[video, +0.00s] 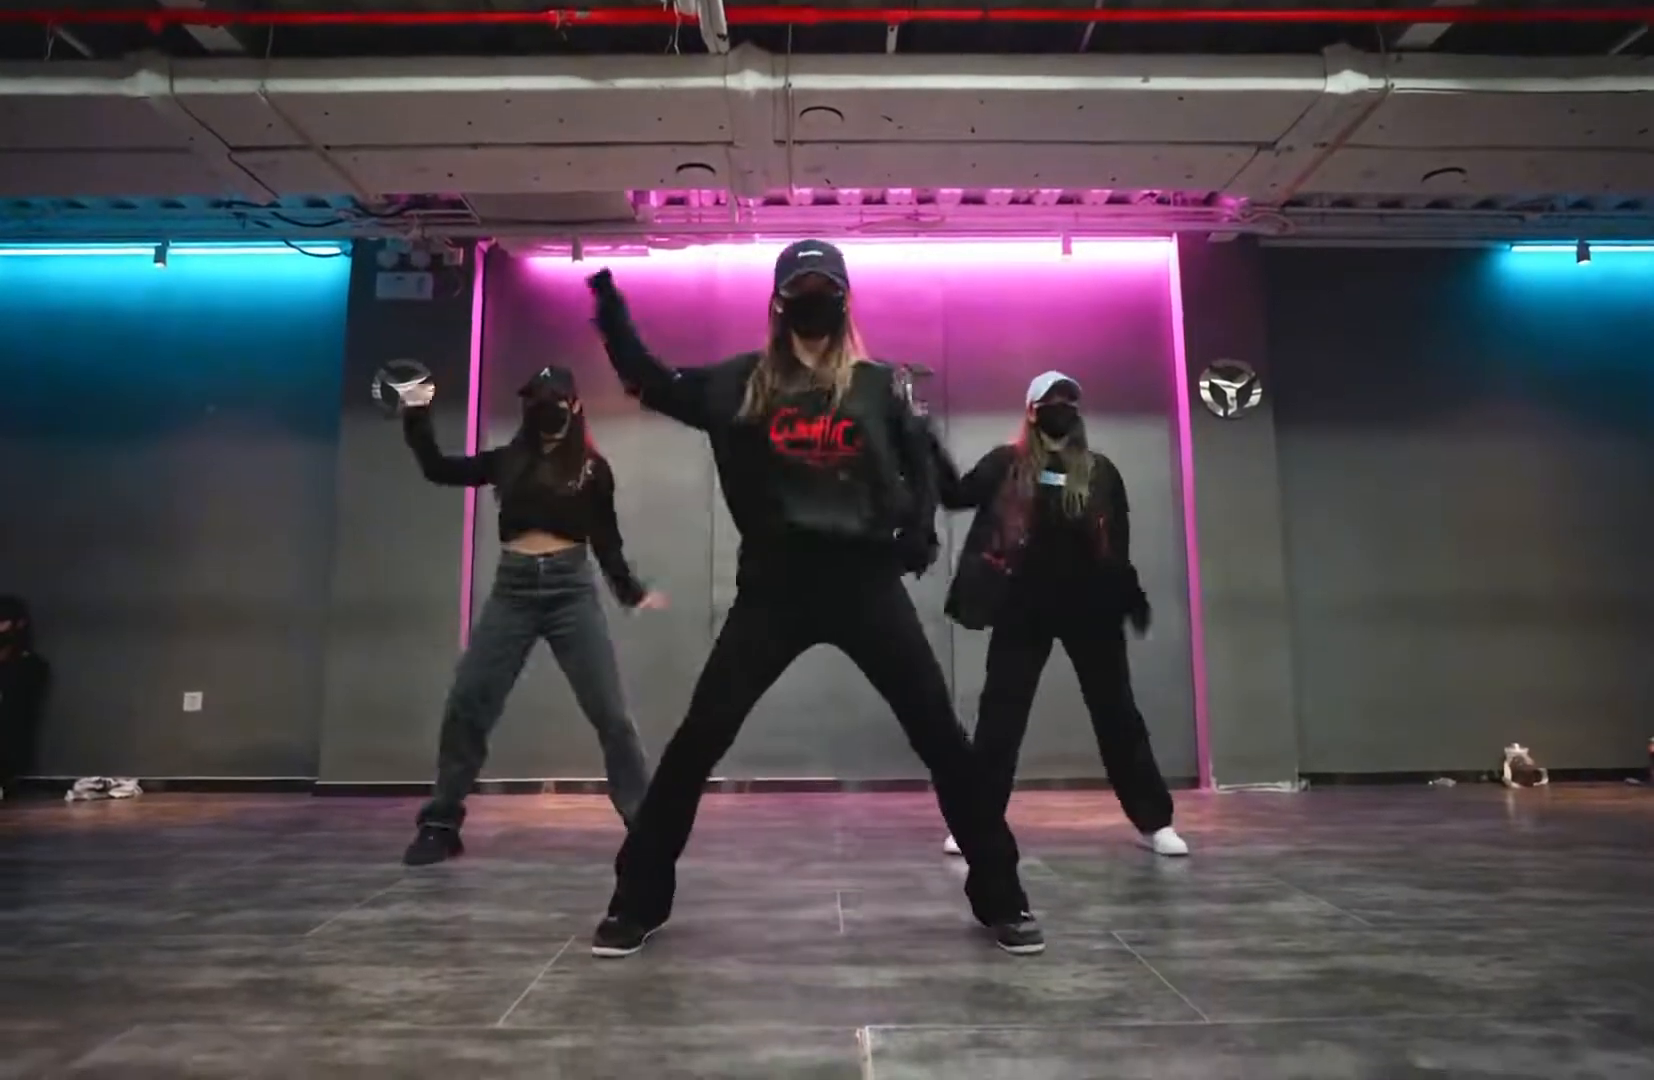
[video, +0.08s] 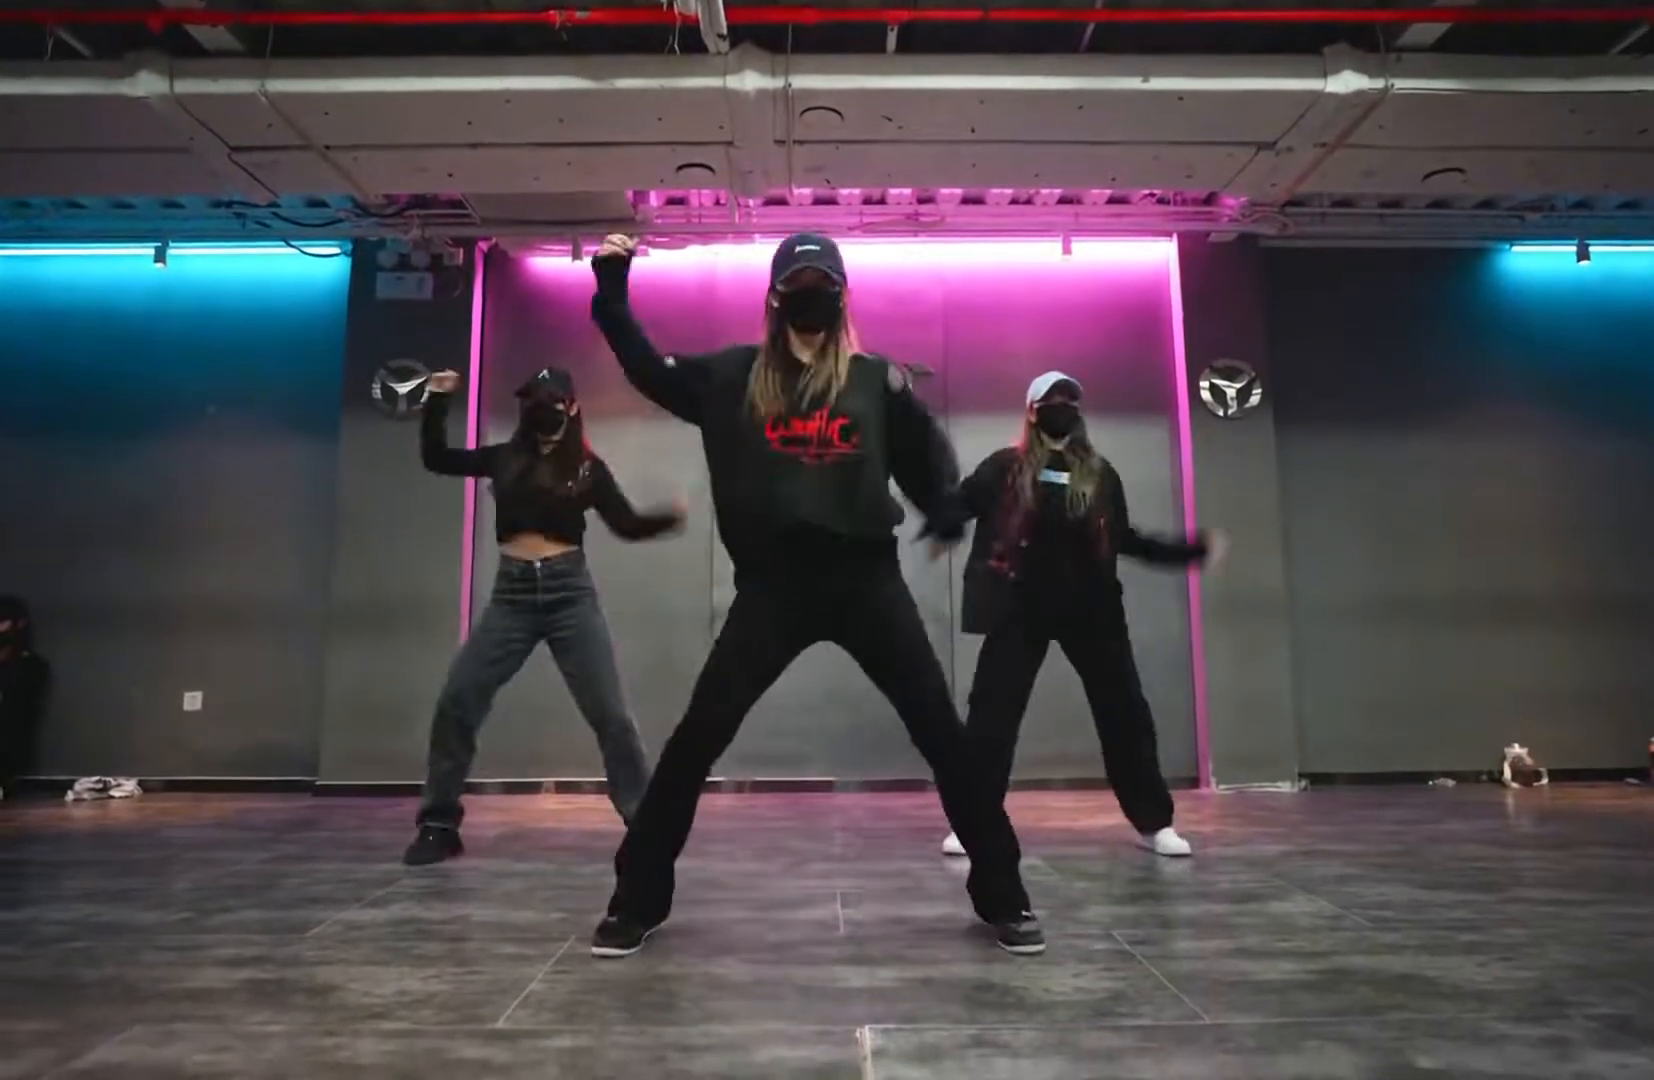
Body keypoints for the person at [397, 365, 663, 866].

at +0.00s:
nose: (546, 415)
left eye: (555, 406)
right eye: (538, 406)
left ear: (574, 408)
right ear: (526, 407)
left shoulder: (591, 468)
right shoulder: (507, 459)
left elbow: (607, 541)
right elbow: (438, 469)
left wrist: (631, 591)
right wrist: (417, 415)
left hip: (572, 593)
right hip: (512, 592)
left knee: (612, 715)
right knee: (469, 700)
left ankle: (646, 832)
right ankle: (440, 824)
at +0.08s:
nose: (544, 416)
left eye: (554, 407)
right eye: (536, 407)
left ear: (572, 410)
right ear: (524, 409)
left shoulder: (588, 468)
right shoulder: (505, 458)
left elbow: (628, 525)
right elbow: (437, 459)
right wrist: (436, 400)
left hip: (570, 597)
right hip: (512, 598)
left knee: (610, 714)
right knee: (458, 700)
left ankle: (645, 830)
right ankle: (438, 823)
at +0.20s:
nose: (539, 433)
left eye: (549, 423)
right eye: (530, 422)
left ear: (570, 422)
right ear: (520, 422)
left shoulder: (591, 470)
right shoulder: (504, 468)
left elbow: (656, 501)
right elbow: (443, 484)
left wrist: (625, 493)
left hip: (568, 604)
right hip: (513, 604)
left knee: (575, 726)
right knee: (479, 720)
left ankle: (652, 824)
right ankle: (428, 828)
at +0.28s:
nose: (535, 441)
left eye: (546, 431)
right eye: (527, 430)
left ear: (565, 434)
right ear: (517, 432)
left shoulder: (583, 485)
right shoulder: (500, 486)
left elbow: (644, 536)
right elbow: (437, 541)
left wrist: (639, 602)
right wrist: (421, 601)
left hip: (571, 619)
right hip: (512, 619)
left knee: (573, 745)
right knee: (485, 732)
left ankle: (644, 829)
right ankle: (439, 827)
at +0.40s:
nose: (533, 442)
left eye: (543, 432)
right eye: (524, 432)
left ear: (561, 436)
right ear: (512, 435)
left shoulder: (577, 493)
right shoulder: (494, 494)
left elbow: (613, 559)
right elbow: (467, 567)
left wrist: (612, 623)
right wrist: (490, 616)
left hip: (573, 615)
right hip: (515, 615)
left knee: (585, 716)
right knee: (466, 729)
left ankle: (629, 834)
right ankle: (435, 832)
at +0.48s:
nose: (533, 433)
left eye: (545, 424)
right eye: (527, 423)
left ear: (567, 429)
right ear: (518, 428)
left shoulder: (590, 489)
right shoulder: (503, 486)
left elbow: (604, 557)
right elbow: (500, 553)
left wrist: (593, 604)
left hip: (578, 615)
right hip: (520, 614)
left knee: (624, 711)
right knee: (466, 725)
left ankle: (616, 823)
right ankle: (434, 830)